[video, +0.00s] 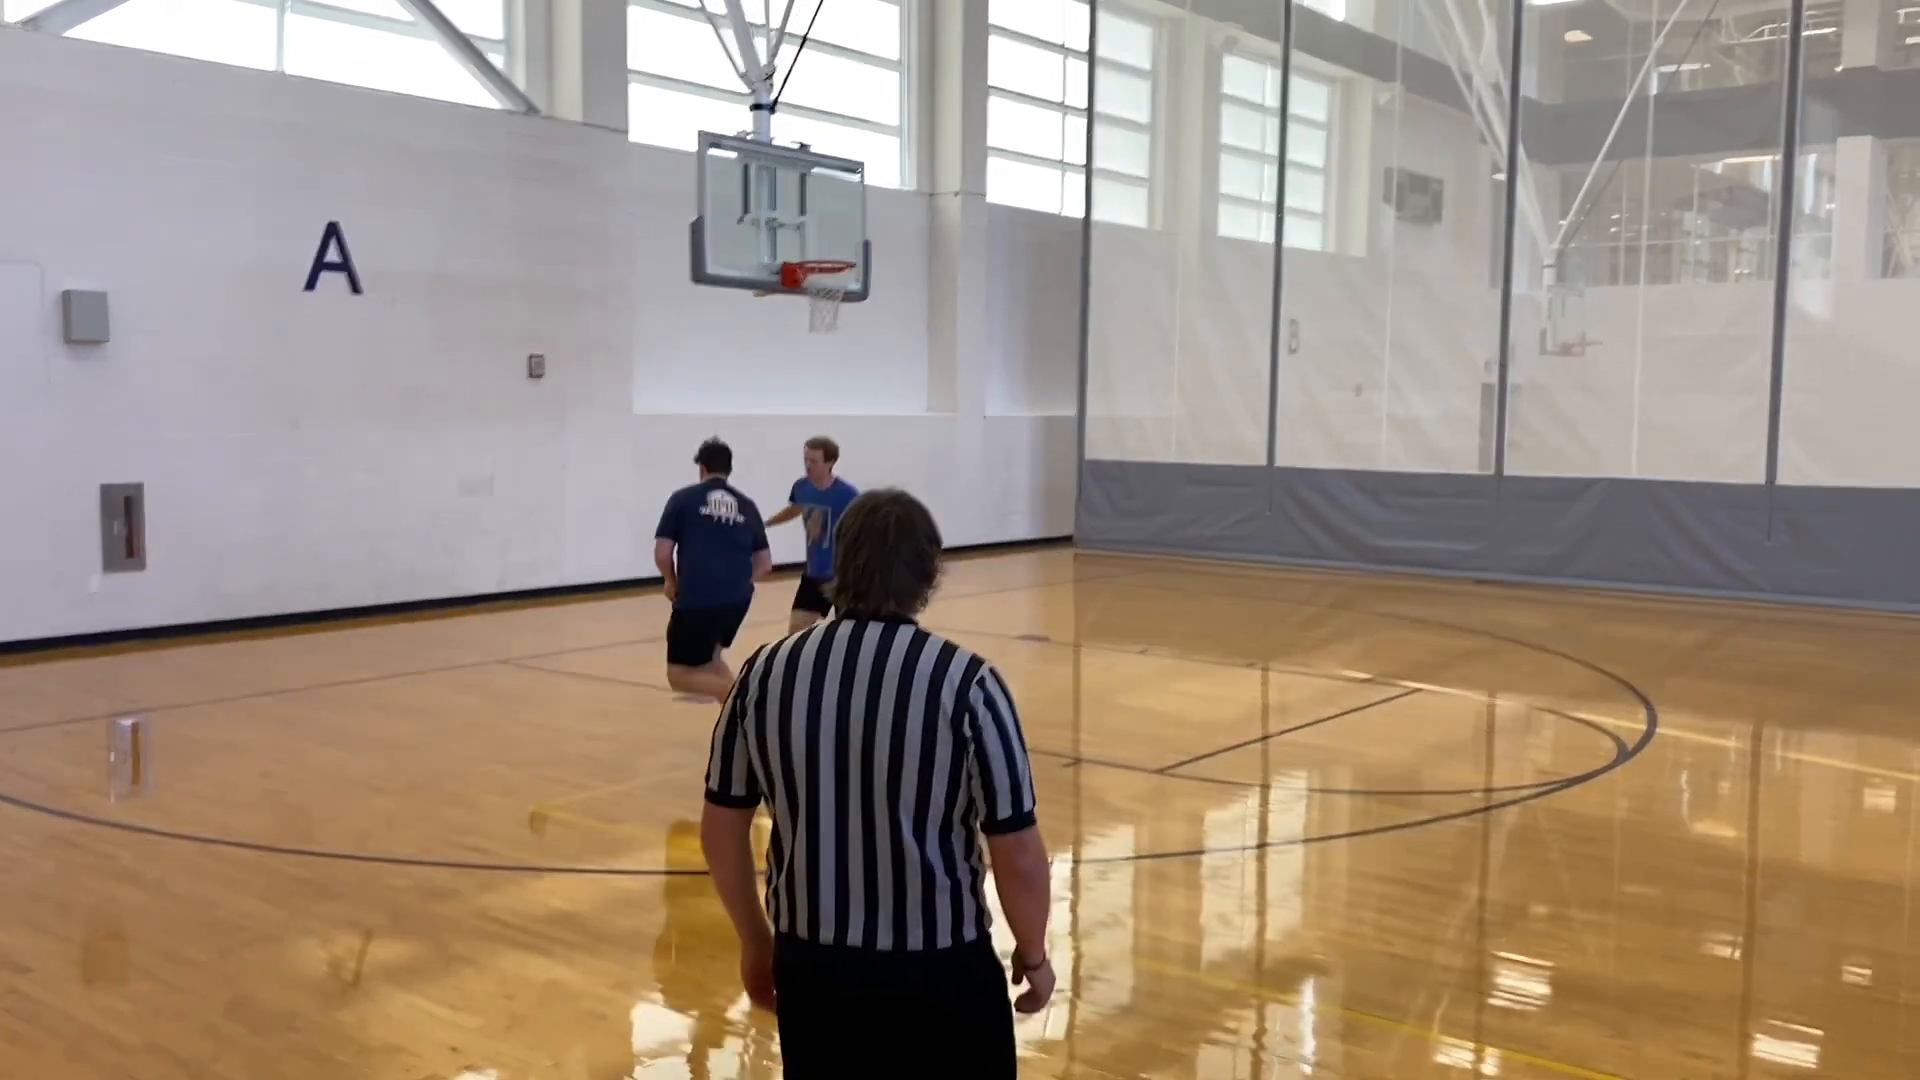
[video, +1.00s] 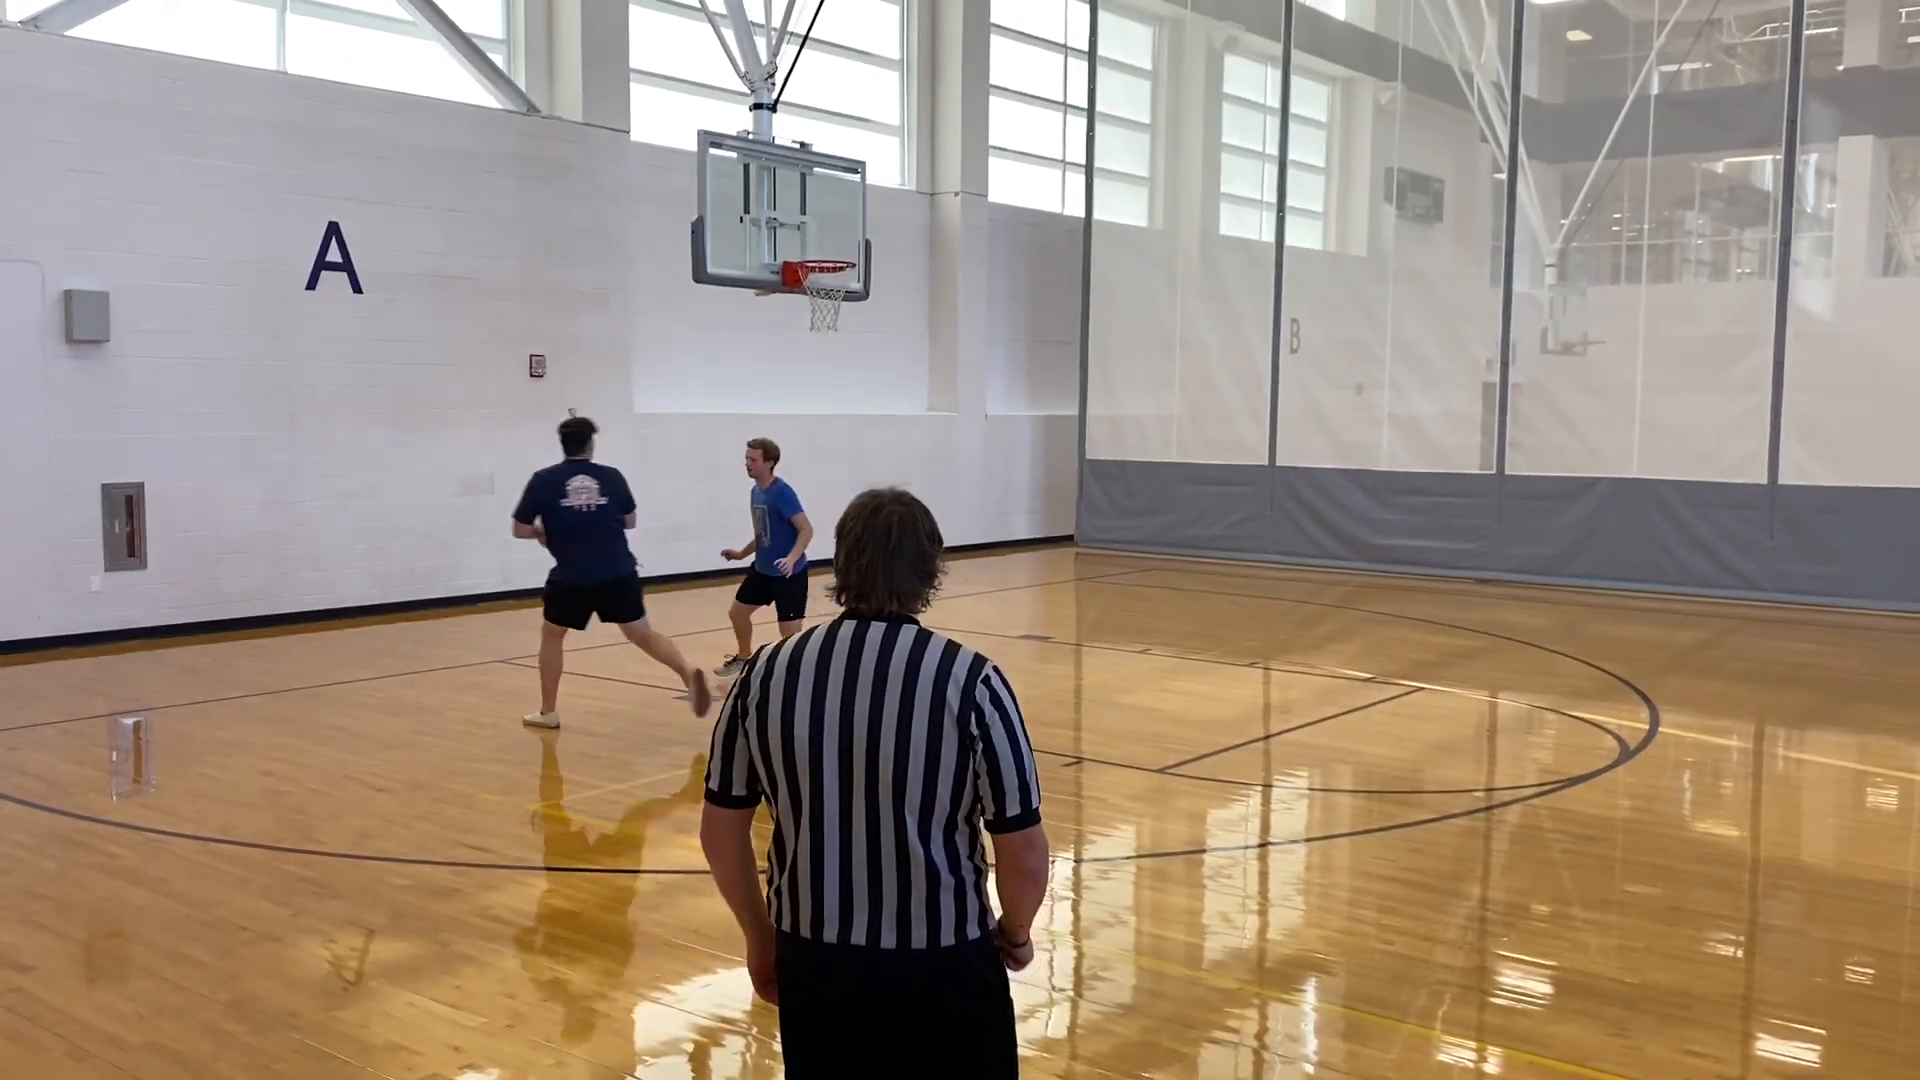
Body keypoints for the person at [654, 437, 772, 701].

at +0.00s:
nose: (699, 471)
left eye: (699, 467)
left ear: (702, 468)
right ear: (729, 469)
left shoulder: (683, 499)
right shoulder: (747, 505)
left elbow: (663, 552)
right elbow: (764, 563)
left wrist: (670, 580)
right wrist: (739, 576)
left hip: (698, 595)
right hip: (738, 595)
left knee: (678, 675)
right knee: (713, 657)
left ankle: (735, 693)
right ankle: (742, 706)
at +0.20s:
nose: (673, 469)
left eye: (672, 465)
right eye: (679, 466)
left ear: (674, 466)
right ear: (702, 466)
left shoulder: (659, 498)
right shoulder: (720, 501)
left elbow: (639, 548)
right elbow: (731, 556)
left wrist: (641, 575)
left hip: (675, 593)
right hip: (718, 593)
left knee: (645, 650)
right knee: (701, 655)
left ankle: (692, 703)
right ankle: (738, 716)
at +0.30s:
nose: (659, 467)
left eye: (659, 463)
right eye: (664, 464)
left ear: (661, 464)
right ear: (689, 464)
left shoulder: (647, 494)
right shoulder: (706, 497)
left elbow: (629, 541)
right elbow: (713, 545)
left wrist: (623, 569)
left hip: (664, 590)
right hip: (708, 591)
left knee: (631, 640)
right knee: (697, 655)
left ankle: (660, 714)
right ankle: (738, 715)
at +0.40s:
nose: (649, 462)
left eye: (648, 458)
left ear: (646, 460)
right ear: (675, 460)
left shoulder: (635, 491)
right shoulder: (693, 494)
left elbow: (620, 537)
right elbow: (691, 544)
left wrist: (613, 563)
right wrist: (639, 562)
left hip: (651, 590)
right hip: (696, 591)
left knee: (618, 635)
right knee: (696, 658)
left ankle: (628, 718)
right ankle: (739, 714)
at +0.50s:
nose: (636, 458)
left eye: (634, 453)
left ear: (632, 456)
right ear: (661, 456)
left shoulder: (622, 486)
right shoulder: (678, 488)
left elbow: (611, 532)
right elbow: (671, 538)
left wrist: (598, 558)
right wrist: (620, 556)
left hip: (639, 586)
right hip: (684, 585)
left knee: (606, 634)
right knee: (696, 659)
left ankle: (596, 713)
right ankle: (739, 717)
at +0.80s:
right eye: (614, 442)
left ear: (588, 445)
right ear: (617, 445)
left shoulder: (575, 478)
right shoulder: (636, 476)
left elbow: (565, 531)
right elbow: (643, 524)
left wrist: (557, 553)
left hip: (597, 579)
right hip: (643, 574)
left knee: (570, 645)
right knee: (672, 643)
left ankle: (550, 711)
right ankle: (723, 699)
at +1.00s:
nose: (589, 446)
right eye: (591, 441)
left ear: (562, 445)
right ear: (591, 444)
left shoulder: (543, 480)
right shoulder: (611, 476)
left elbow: (520, 529)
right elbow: (630, 521)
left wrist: (548, 529)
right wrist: (595, 517)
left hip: (571, 577)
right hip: (618, 574)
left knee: (552, 638)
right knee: (643, 634)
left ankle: (548, 711)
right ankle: (689, 673)